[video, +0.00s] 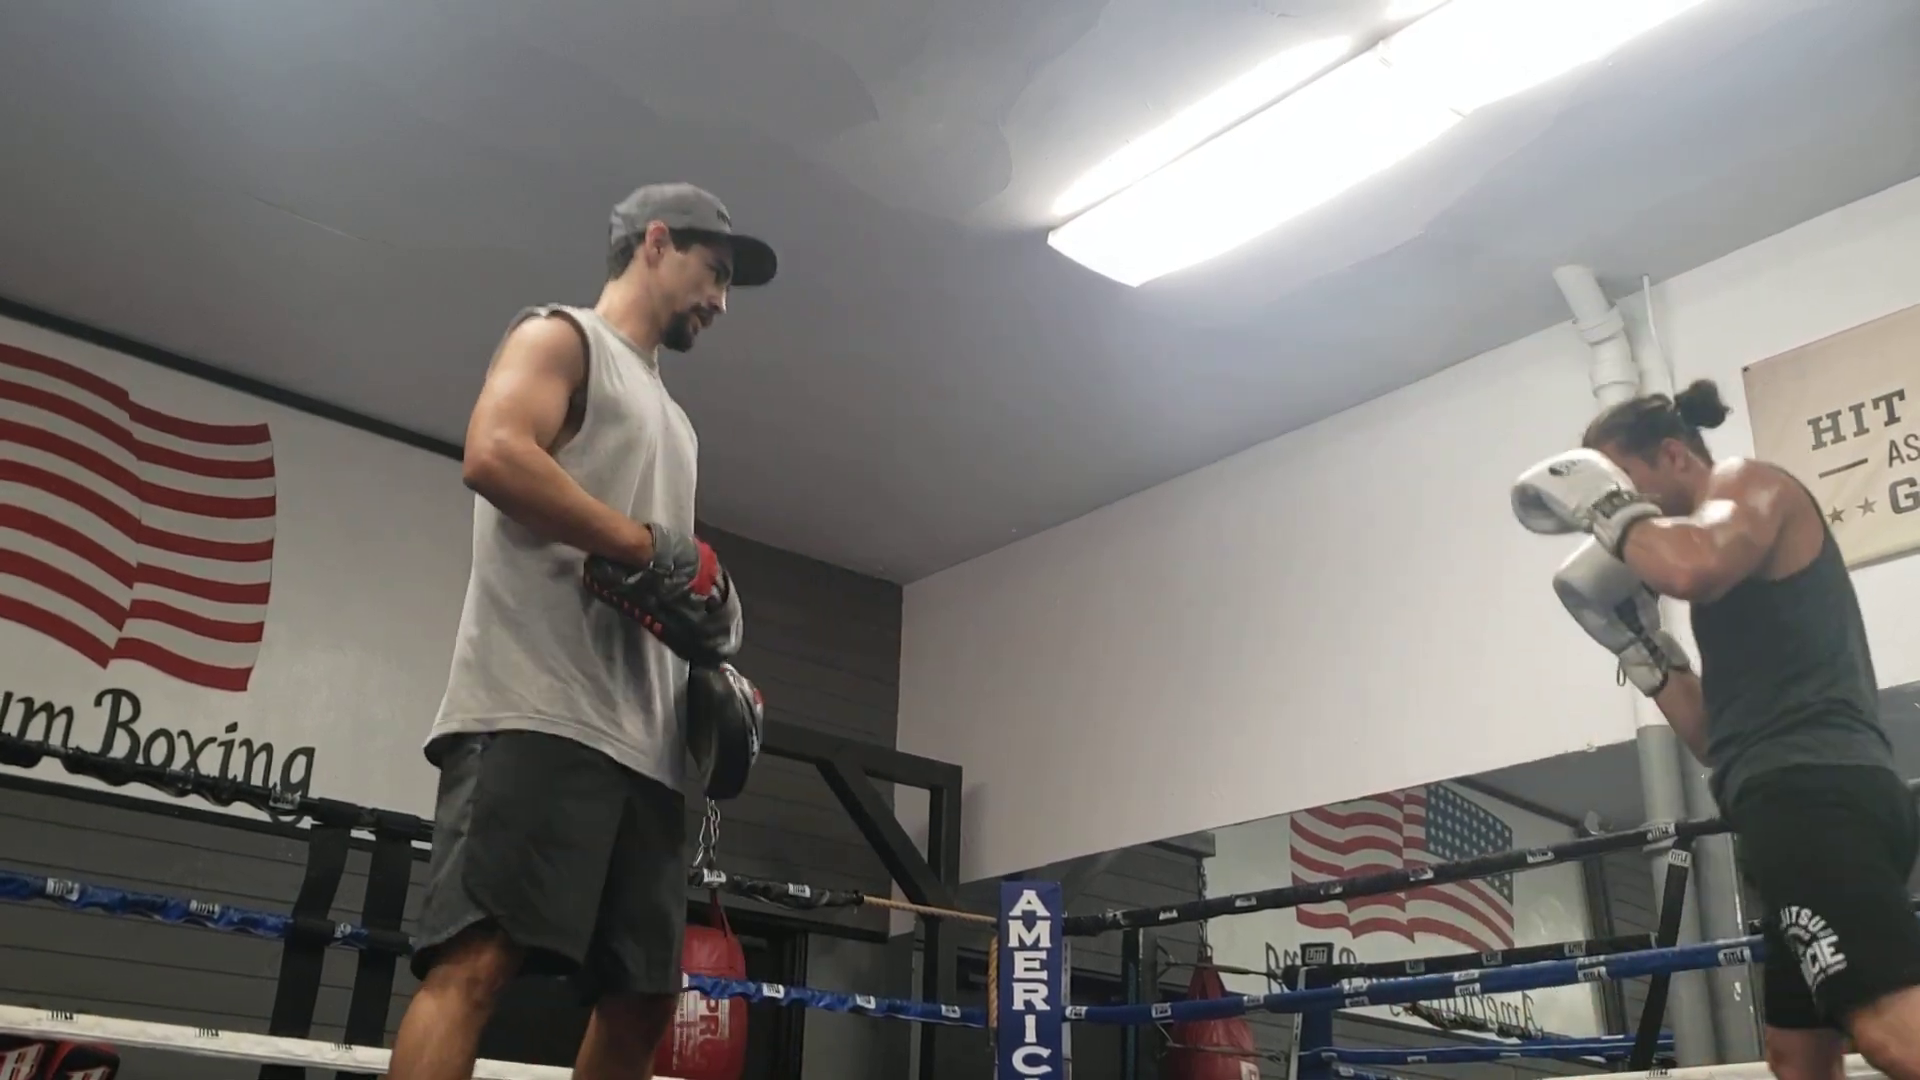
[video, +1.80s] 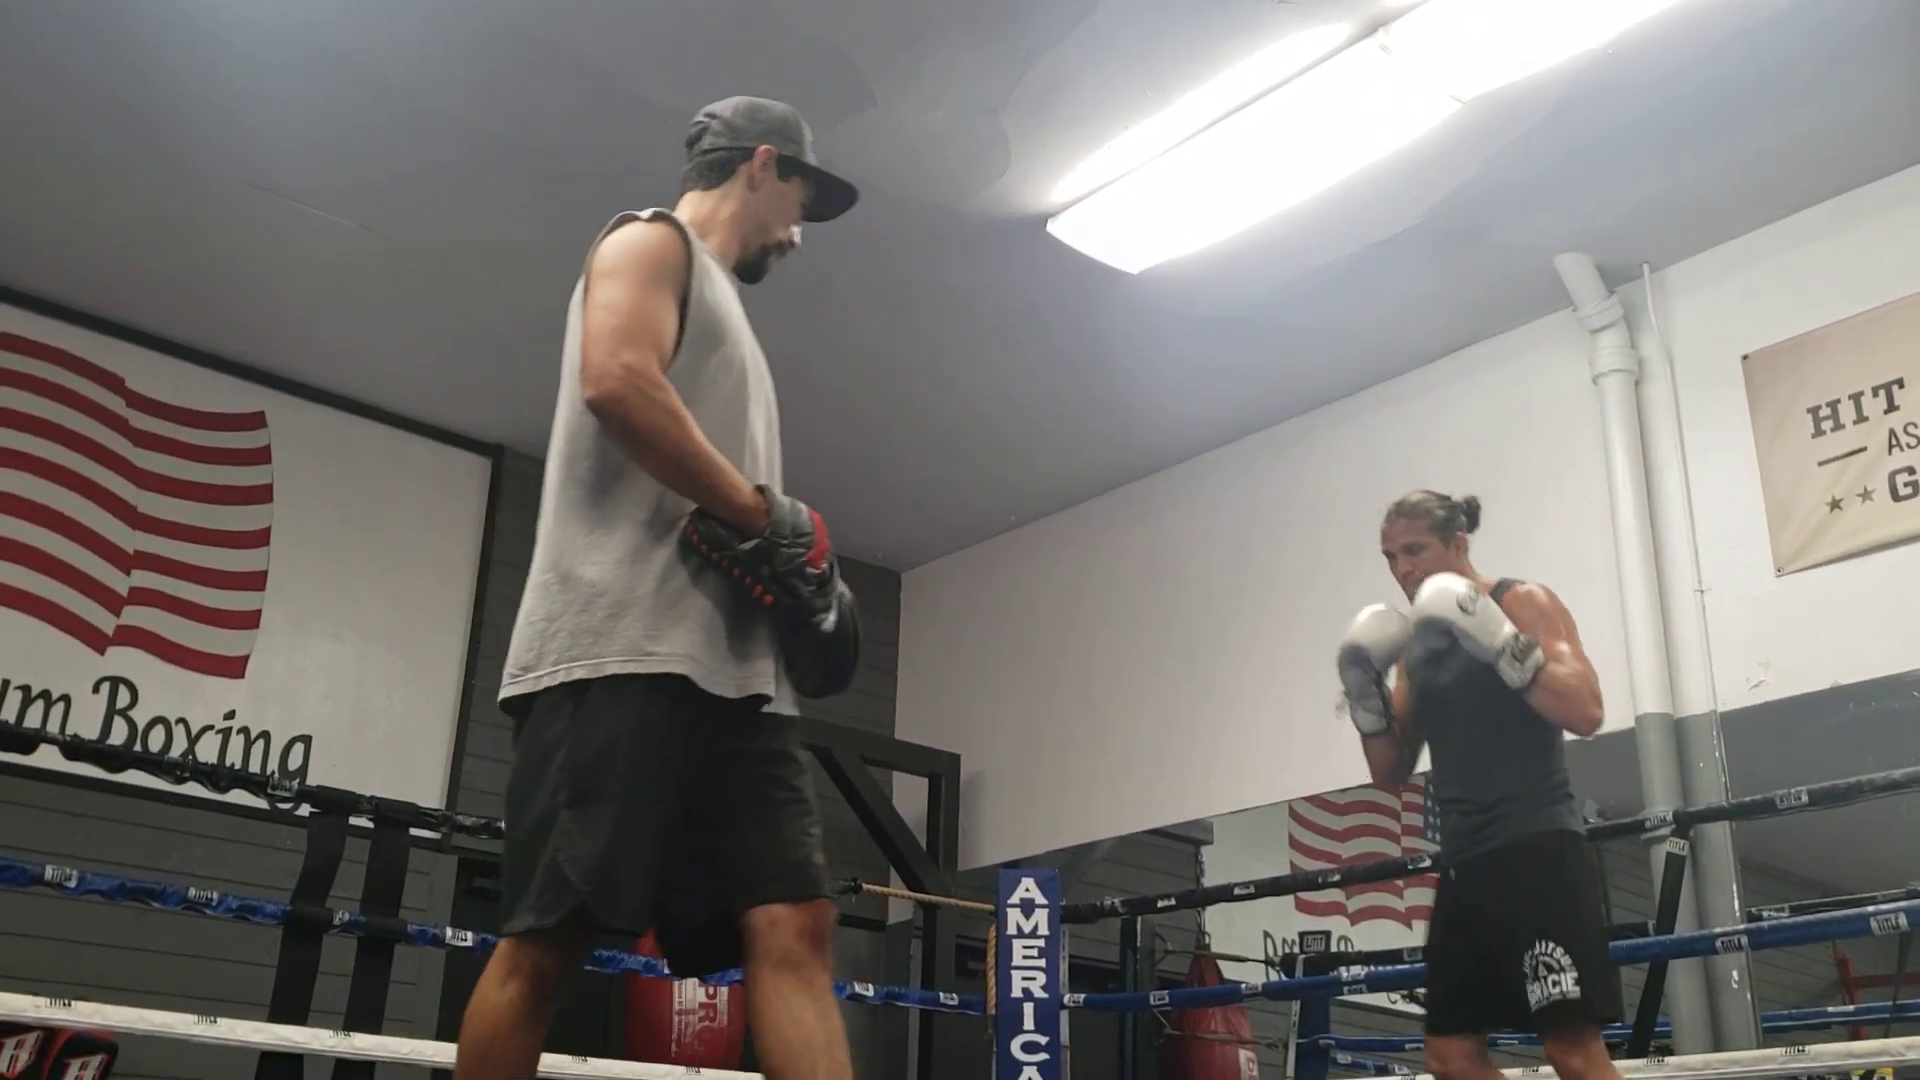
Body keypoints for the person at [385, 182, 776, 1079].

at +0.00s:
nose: (721, 300)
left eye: (730, 285)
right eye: (714, 269)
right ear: (654, 242)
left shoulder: (673, 422)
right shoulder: (557, 335)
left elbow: (663, 573)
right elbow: (496, 454)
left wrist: (713, 668)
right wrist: (652, 550)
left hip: (642, 736)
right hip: (534, 704)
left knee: (640, 1000)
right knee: (474, 962)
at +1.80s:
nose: (801, 230)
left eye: (810, 211)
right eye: (804, 199)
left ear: (749, 174)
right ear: (760, 166)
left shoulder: (722, 314)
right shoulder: (650, 242)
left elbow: (714, 481)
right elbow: (616, 380)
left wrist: (797, 575)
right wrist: (769, 516)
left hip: (727, 669)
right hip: (615, 648)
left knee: (793, 924)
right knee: (541, 941)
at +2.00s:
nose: (888, 231)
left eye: (895, 211)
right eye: (892, 198)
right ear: (858, 161)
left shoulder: (823, 318)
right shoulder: (748, 210)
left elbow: (818, 479)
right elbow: (717, 336)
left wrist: (913, 554)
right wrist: (862, 483)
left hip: (847, 658)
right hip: (727, 630)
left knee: (885, 938)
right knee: (636, 936)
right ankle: (520, 1075)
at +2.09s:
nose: (928, 218)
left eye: (936, 199)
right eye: (932, 188)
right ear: (897, 154)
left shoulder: (863, 301)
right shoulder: (793, 196)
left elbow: (864, 458)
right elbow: (771, 323)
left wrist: (969, 523)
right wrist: (925, 459)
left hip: (890, 642)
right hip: (784, 615)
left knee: (913, 940)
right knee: (751, 916)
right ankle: (576, 1073)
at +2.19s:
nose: (973, 195)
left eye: (981, 178)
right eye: (974, 166)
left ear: (914, 140)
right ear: (939, 135)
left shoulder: (910, 277)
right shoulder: (841, 181)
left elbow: (902, 442)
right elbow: (826, 307)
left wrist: (1003, 487)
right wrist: (989, 434)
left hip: (931, 610)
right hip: (852, 588)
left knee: (936, 926)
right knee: (891, 883)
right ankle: (679, 1069)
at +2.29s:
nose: (1014, 173)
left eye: (1021, 156)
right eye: (1017, 146)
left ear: (941, 114)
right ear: (987, 114)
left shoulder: (944, 249)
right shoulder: (898, 159)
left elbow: (932, 425)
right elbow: (878, 290)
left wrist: (1031, 468)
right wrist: (1033, 413)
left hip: (937, 575)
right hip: (907, 563)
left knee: (952, 874)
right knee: (1010, 845)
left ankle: (905, 1063)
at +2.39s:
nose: (1058, 156)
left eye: (1062, 139)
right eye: (1057, 129)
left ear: (968, 103)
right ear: (1026, 103)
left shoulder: (914, 188)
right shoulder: (966, 148)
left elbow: (956, 417)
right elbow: (945, 282)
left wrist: (1068, 467)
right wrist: (1096, 420)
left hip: (917, 586)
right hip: (969, 574)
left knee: (934, 933)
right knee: (1067, 863)